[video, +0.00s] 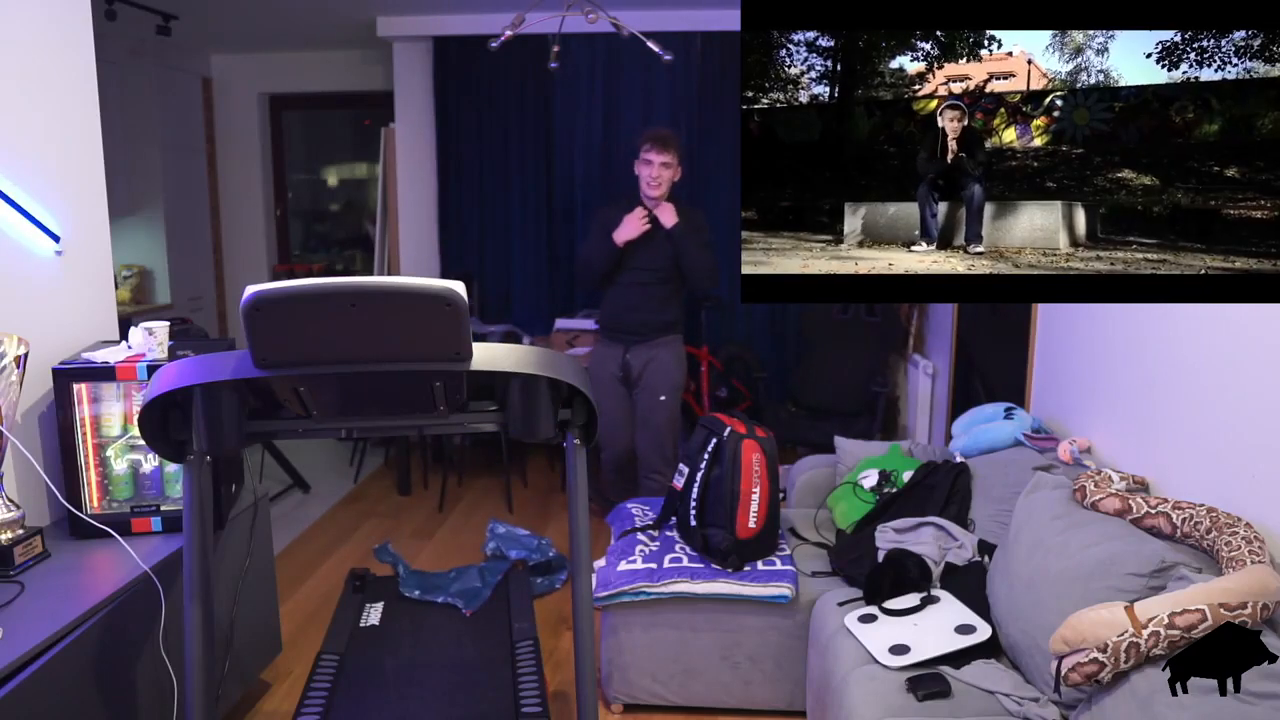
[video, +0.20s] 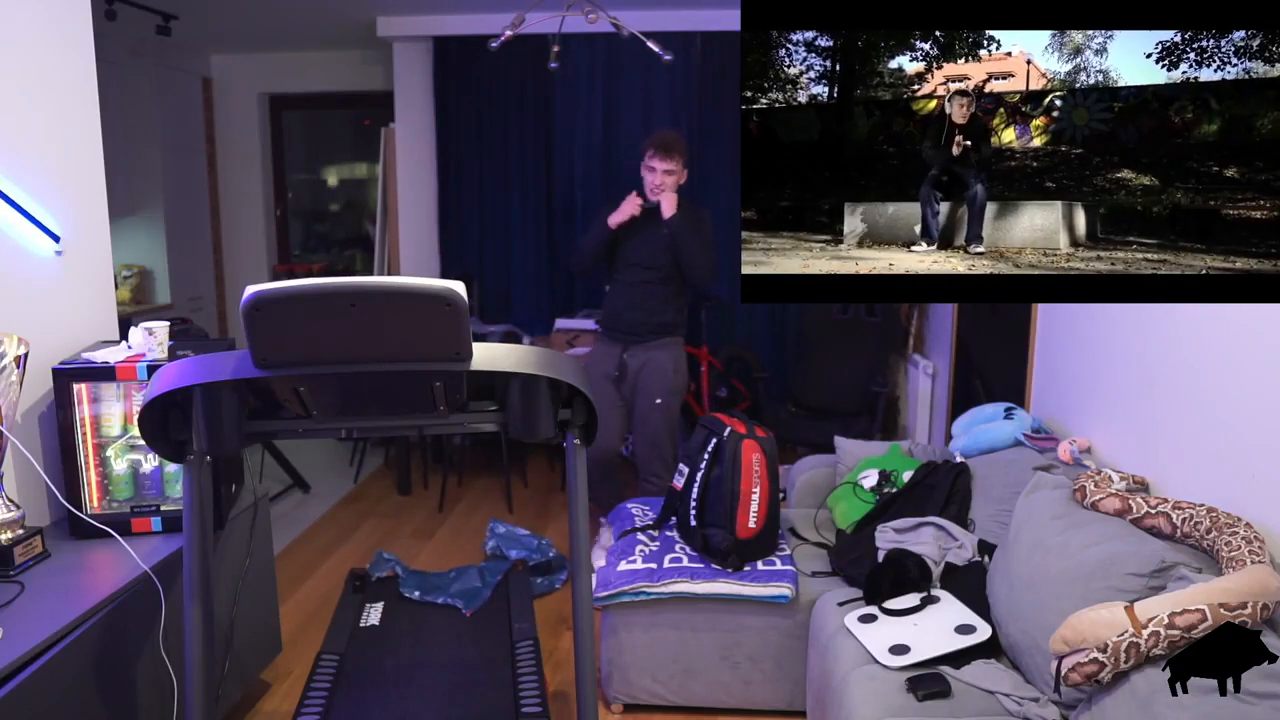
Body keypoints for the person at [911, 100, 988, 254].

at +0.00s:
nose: (955, 125)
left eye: (959, 120)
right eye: (951, 120)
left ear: (965, 121)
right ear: (942, 121)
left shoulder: (972, 136)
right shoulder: (934, 136)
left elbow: (978, 170)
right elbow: (923, 168)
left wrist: (958, 155)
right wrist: (947, 160)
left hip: (963, 181)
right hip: (941, 181)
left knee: (976, 190)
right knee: (925, 191)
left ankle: (973, 242)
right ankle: (928, 240)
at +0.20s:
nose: (965, 110)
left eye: (969, 106)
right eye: (961, 106)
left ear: (972, 108)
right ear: (950, 107)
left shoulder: (978, 125)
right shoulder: (938, 124)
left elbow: (985, 155)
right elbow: (929, 154)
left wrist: (969, 149)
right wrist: (951, 152)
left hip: (968, 171)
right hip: (943, 170)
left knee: (978, 192)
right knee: (928, 191)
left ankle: (974, 242)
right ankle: (929, 240)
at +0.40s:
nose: (913, 78)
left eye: (922, 72)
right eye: (908, 72)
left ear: (936, 80)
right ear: (901, 78)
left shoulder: (952, 122)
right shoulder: (887, 122)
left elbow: (959, 182)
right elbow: (869, 172)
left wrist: (910, 212)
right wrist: (895, 214)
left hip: (936, 239)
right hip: (893, 238)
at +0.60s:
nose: (913, 78)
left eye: (921, 72)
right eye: (907, 72)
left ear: (936, 80)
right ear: (900, 78)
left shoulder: (952, 122)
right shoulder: (886, 122)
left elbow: (958, 182)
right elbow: (868, 172)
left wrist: (910, 212)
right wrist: (894, 214)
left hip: (935, 239)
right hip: (893, 238)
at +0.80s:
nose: (912, 78)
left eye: (921, 72)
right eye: (907, 71)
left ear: (936, 79)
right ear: (900, 78)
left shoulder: (951, 122)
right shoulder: (886, 122)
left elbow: (957, 183)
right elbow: (868, 171)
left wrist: (909, 212)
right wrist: (893, 213)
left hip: (935, 239)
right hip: (892, 238)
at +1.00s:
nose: (912, 77)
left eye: (920, 71)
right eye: (906, 71)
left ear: (935, 79)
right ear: (900, 78)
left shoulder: (951, 122)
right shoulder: (885, 122)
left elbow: (957, 183)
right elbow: (867, 171)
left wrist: (909, 212)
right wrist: (892, 213)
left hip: (935, 239)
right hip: (892, 238)